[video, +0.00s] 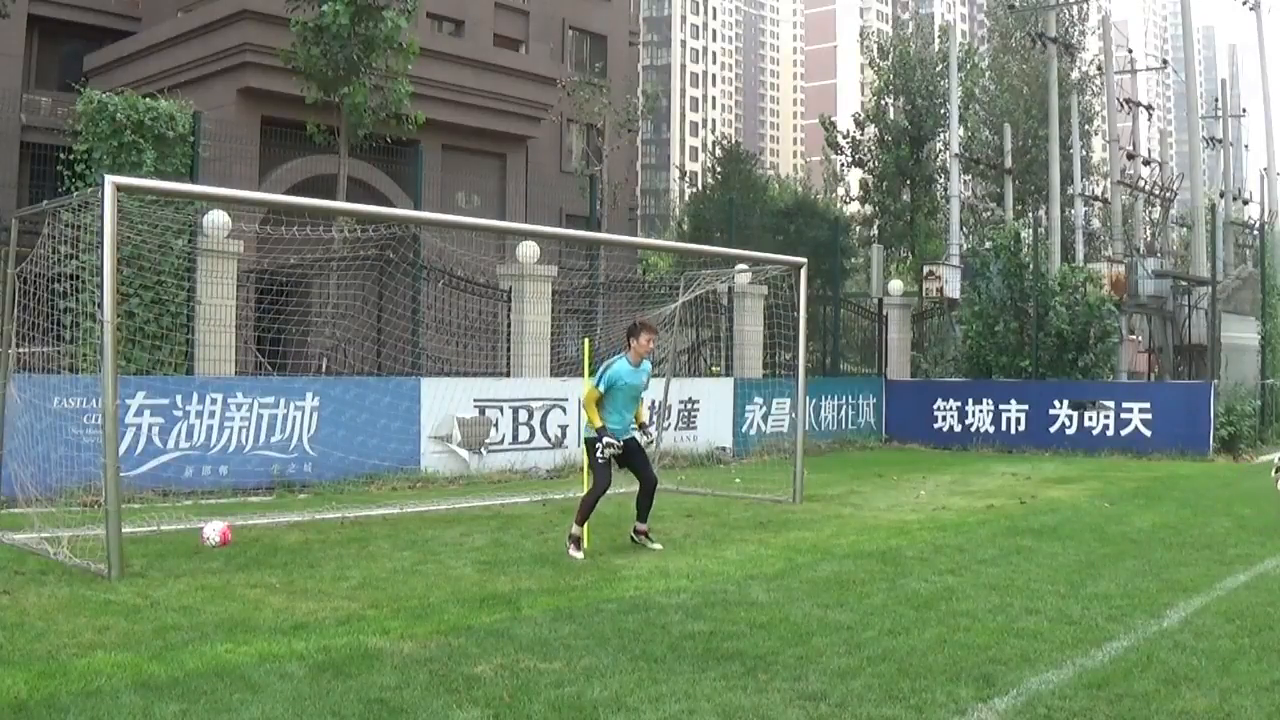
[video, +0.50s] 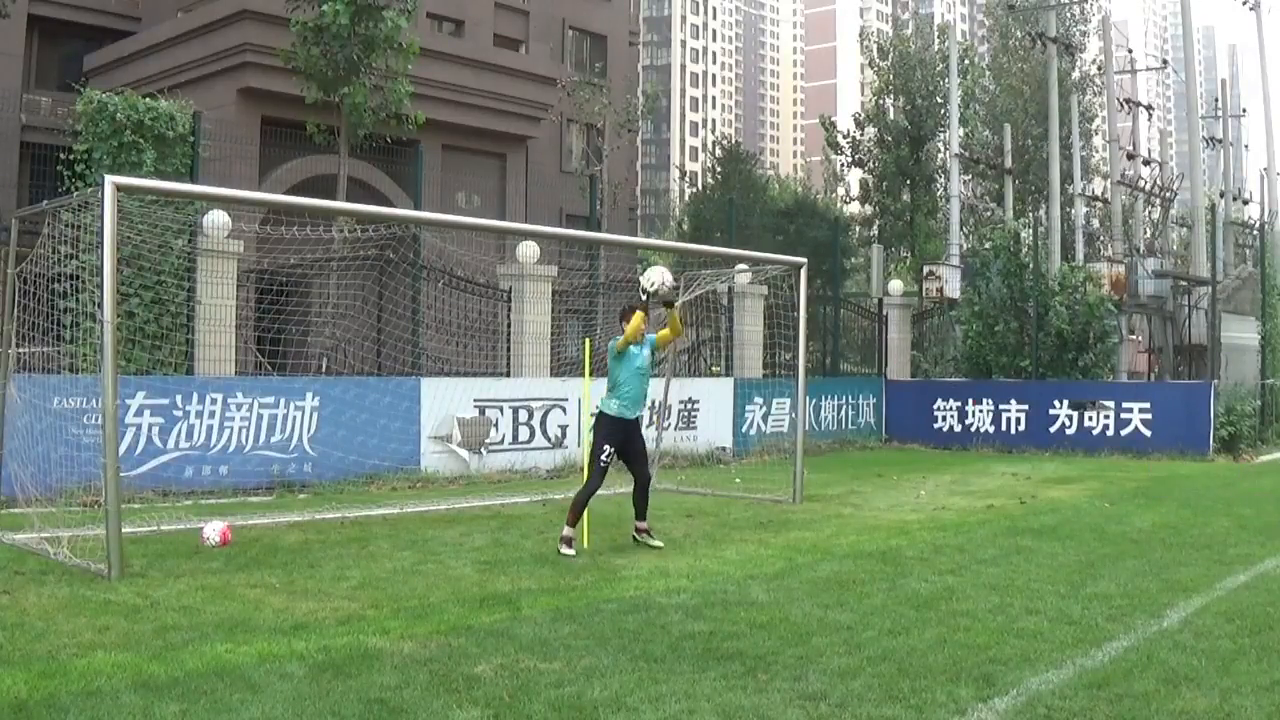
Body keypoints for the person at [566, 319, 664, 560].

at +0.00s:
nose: (652, 346)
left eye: (653, 342)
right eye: (648, 341)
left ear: (652, 344)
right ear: (632, 341)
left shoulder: (646, 368)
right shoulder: (613, 368)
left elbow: (636, 400)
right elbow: (588, 401)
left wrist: (643, 424)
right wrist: (602, 433)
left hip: (626, 435)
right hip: (600, 435)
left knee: (649, 480)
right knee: (602, 483)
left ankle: (640, 531)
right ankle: (575, 535)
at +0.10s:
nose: (652, 358)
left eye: (653, 353)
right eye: (648, 353)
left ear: (652, 355)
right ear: (633, 354)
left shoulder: (647, 379)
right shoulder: (615, 379)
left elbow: (636, 411)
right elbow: (588, 411)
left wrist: (640, 436)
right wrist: (606, 442)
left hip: (626, 445)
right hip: (600, 445)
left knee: (650, 488)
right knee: (602, 494)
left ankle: (638, 537)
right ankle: (574, 542)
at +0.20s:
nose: (653, 356)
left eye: (654, 352)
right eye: (648, 352)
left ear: (651, 356)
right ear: (633, 354)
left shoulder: (648, 381)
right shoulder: (616, 381)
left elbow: (639, 414)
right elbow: (591, 415)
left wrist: (639, 440)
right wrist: (605, 447)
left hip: (628, 448)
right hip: (602, 448)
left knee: (652, 489)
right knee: (603, 495)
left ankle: (638, 537)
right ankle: (574, 542)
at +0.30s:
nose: (652, 346)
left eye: (652, 342)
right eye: (647, 342)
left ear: (648, 346)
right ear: (631, 345)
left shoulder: (650, 371)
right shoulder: (618, 371)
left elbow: (664, 396)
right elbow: (601, 404)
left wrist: (666, 407)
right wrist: (630, 416)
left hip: (627, 443)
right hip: (602, 442)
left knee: (651, 486)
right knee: (601, 492)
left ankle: (638, 537)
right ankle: (573, 541)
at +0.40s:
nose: (649, 338)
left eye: (650, 334)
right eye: (644, 334)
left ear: (650, 339)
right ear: (629, 337)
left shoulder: (651, 359)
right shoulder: (619, 358)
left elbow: (679, 363)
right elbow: (617, 375)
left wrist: (685, 350)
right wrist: (646, 358)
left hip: (627, 436)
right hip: (604, 436)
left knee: (647, 482)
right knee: (595, 489)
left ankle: (638, 536)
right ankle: (572, 539)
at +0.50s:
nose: (641, 324)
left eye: (643, 320)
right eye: (637, 320)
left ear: (644, 323)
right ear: (625, 323)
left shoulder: (648, 343)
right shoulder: (616, 347)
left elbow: (675, 331)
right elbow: (631, 335)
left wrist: (670, 306)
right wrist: (643, 306)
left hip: (632, 423)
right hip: (609, 421)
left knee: (643, 477)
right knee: (594, 482)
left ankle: (641, 529)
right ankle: (567, 533)